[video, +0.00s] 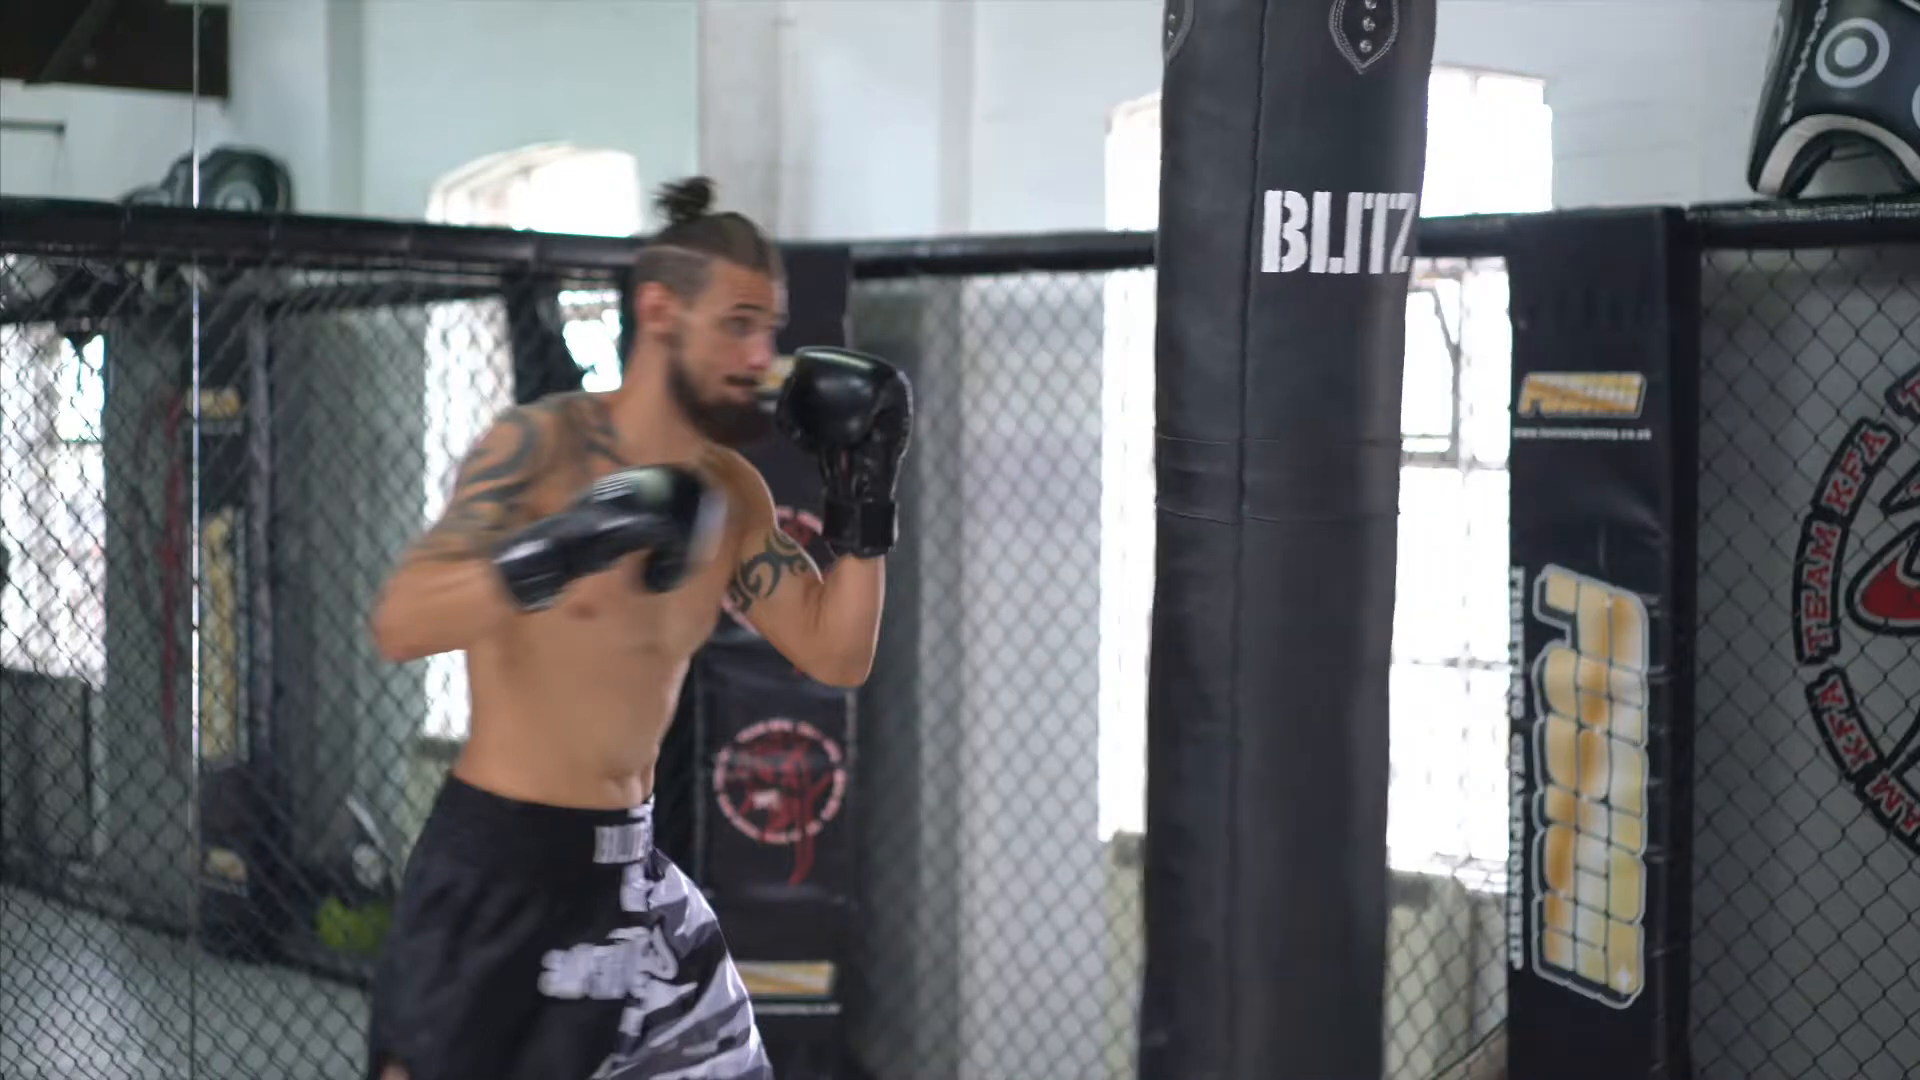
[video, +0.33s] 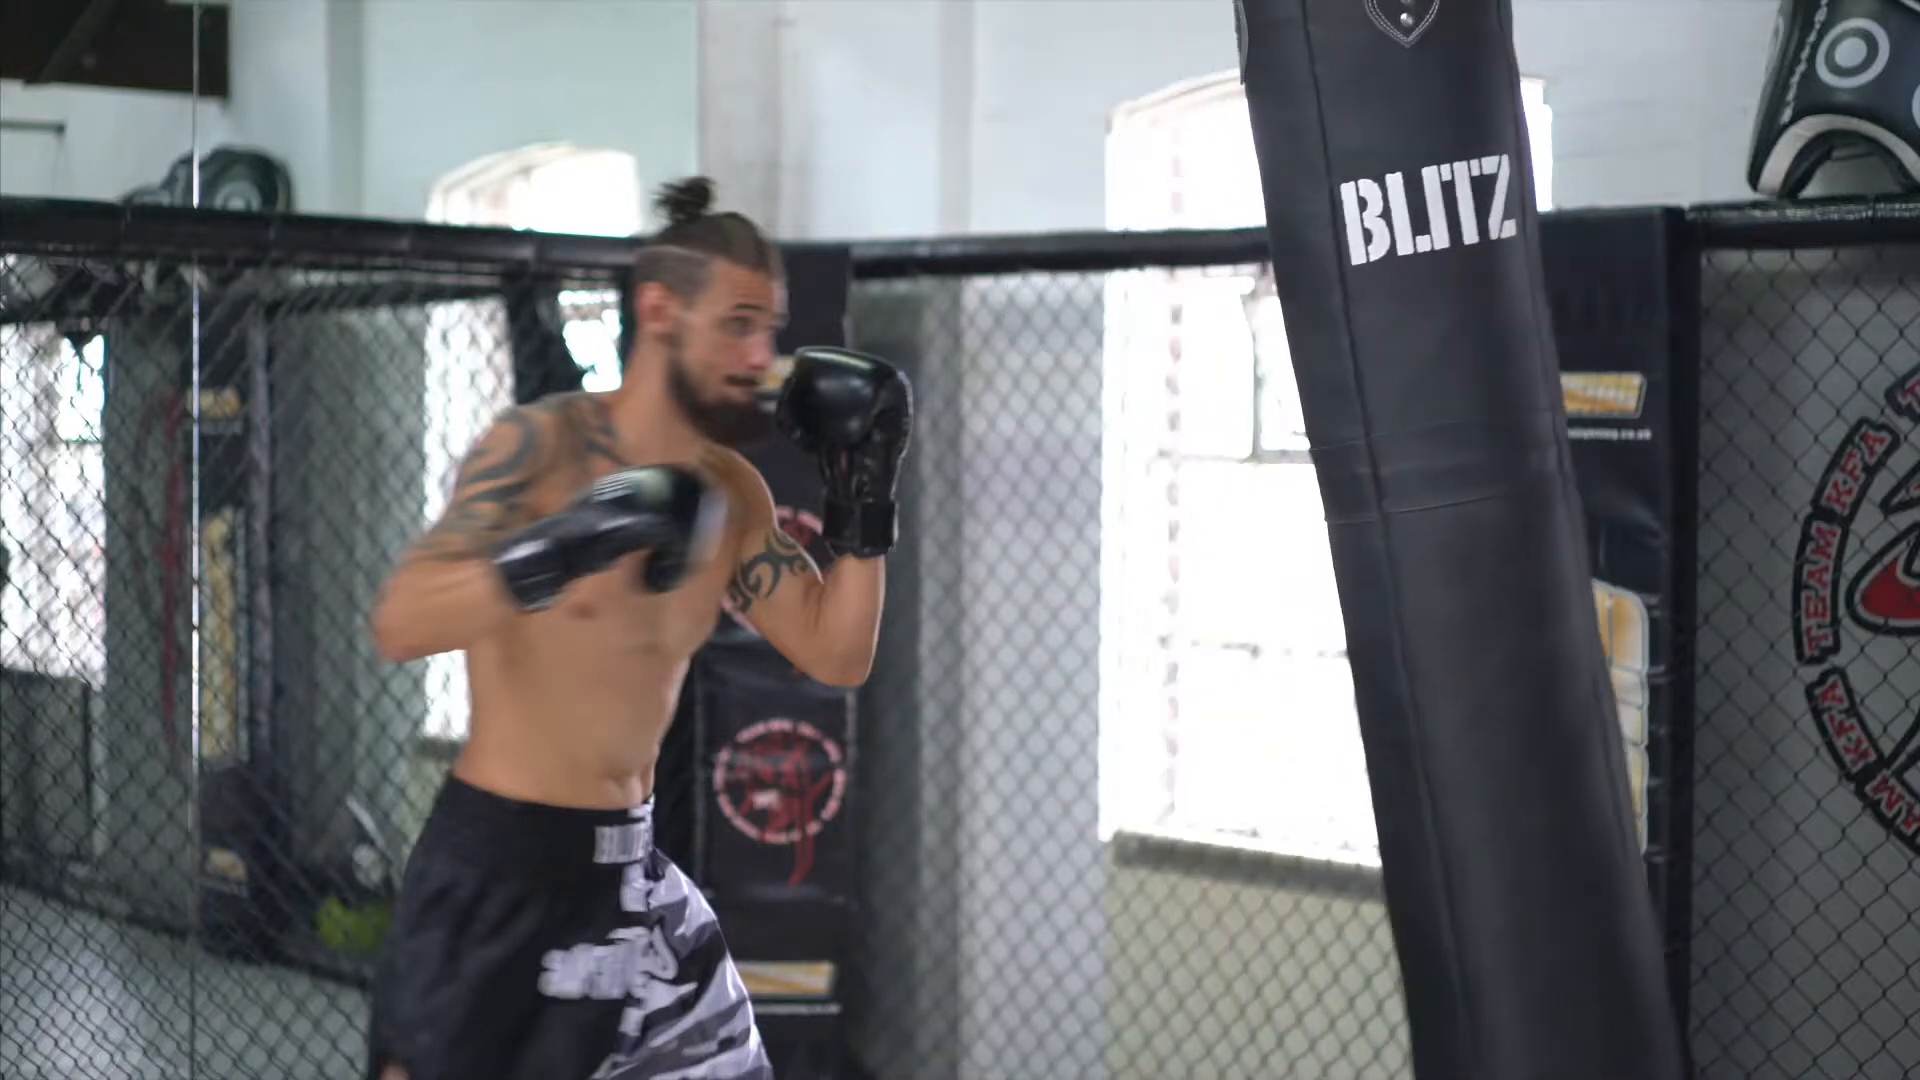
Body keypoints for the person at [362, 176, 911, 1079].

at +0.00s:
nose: (762, 358)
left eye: (772, 331)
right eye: (739, 325)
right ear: (656, 310)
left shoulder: (734, 493)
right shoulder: (539, 440)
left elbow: (839, 655)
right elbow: (401, 623)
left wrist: (864, 483)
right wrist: (569, 547)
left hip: (636, 868)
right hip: (500, 866)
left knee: (732, 1066)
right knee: (442, 1065)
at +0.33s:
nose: (762, 357)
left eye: (772, 331)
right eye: (739, 325)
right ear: (656, 310)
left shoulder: (733, 493)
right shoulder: (539, 440)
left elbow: (839, 655)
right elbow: (400, 623)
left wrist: (865, 483)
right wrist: (570, 546)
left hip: (636, 868)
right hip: (499, 866)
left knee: (732, 1066)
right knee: (442, 1065)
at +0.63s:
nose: (762, 358)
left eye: (772, 331)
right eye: (739, 325)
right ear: (656, 310)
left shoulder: (733, 492)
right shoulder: (538, 440)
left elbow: (839, 655)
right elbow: (401, 623)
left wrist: (864, 483)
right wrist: (569, 547)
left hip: (636, 868)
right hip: (499, 866)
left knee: (732, 1066)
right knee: (442, 1065)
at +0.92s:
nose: (762, 358)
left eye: (772, 331)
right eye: (739, 325)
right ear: (656, 310)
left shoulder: (733, 493)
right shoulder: (538, 440)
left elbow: (839, 655)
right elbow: (401, 623)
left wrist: (864, 483)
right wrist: (569, 547)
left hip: (636, 868)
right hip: (499, 866)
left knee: (732, 1066)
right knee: (442, 1065)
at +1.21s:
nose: (762, 357)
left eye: (771, 331)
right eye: (738, 325)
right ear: (656, 310)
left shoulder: (733, 493)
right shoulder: (539, 440)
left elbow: (839, 655)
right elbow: (401, 623)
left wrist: (865, 483)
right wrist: (570, 546)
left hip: (636, 867)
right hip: (499, 865)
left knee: (732, 1066)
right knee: (442, 1064)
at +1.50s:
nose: (761, 358)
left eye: (772, 331)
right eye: (738, 326)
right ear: (656, 310)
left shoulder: (733, 492)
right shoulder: (539, 440)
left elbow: (839, 655)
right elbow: (401, 623)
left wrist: (865, 483)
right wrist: (569, 547)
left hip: (635, 867)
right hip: (499, 865)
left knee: (731, 1066)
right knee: (441, 1065)